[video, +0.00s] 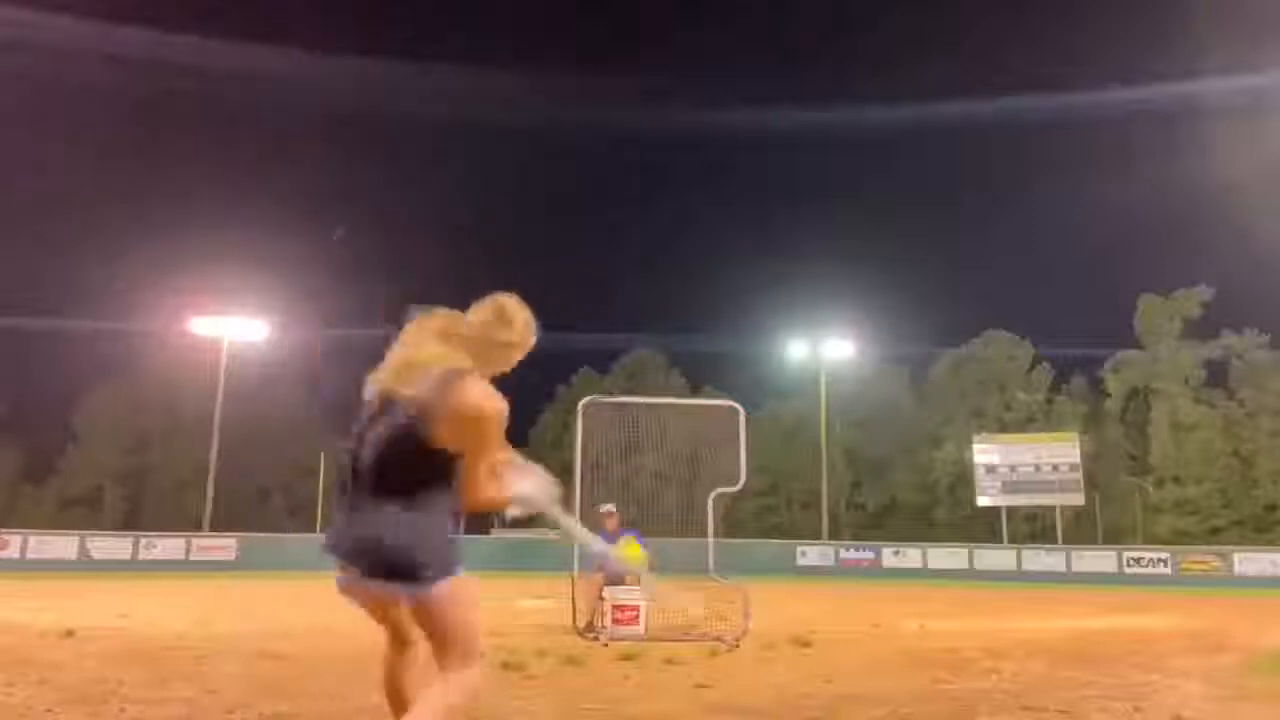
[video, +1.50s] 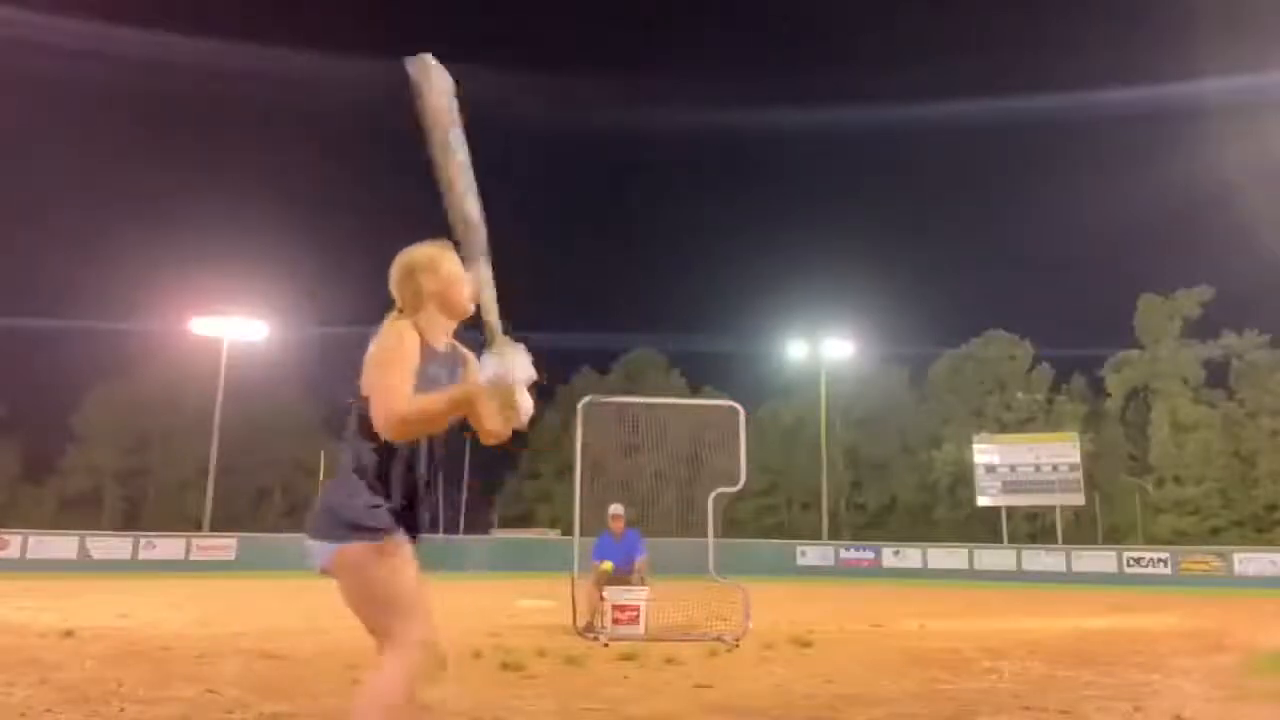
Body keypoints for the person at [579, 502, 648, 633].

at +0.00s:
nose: (610, 522)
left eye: (612, 517)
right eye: (606, 518)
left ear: (619, 518)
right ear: (603, 520)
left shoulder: (631, 536)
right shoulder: (599, 539)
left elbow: (642, 556)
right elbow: (594, 562)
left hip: (628, 573)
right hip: (607, 574)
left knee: (633, 579)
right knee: (594, 581)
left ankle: (633, 622)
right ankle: (590, 621)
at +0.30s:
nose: (618, 519)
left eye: (621, 514)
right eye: (614, 515)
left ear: (628, 517)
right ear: (610, 518)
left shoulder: (634, 535)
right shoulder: (604, 537)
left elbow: (647, 560)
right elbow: (596, 564)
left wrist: (629, 561)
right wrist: (611, 562)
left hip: (627, 571)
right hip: (609, 572)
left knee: (633, 578)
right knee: (597, 579)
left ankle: (634, 622)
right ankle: (589, 621)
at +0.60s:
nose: (620, 518)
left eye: (623, 514)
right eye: (617, 514)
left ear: (628, 517)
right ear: (611, 517)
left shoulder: (635, 535)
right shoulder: (605, 536)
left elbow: (648, 561)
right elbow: (597, 564)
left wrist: (630, 561)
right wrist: (614, 563)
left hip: (629, 571)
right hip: (611, 572)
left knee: (635, 577)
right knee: (598, 578)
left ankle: (636, 619)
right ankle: (591, 620)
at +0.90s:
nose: (620, 519)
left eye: (623, 515)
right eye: (616, 515)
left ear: (628, 517)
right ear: (611, 517)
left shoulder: (635, 536)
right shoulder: (604, 537)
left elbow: (647, 560)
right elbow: (596, 561)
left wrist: (628, 564)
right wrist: (607, 569)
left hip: (629, 573)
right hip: (610, 573)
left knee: (636, 578)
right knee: (597, 579)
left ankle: (636, 620)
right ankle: (591, 620)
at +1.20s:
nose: (618, 522)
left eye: (620, 518)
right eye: (614, 518)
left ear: (625, 519)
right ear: (609, 519)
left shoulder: (633, 535)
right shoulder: (604, 537)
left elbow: (642, 559)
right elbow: (596, 561)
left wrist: (626, 567)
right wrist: (604, 568)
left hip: (628, 571)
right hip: (608, 573)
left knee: (640, 583)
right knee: (594, 586)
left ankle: (638, 622)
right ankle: (591, 621)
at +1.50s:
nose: (617, 524)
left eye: (620, 519)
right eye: (614, 519)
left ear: (625, 520)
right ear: (609, 521)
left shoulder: (634, 536)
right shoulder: (603, 538)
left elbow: (641, 558)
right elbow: (596, 561)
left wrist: (637, 574)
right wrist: (602, 569)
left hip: (628, 573)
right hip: (609, 574)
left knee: (640, 581)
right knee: (594, 585)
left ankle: (638, 623)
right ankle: (590, 621)